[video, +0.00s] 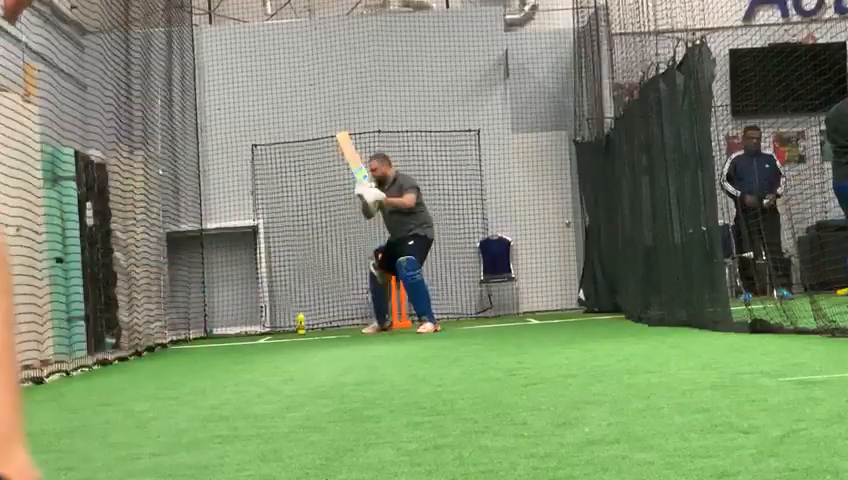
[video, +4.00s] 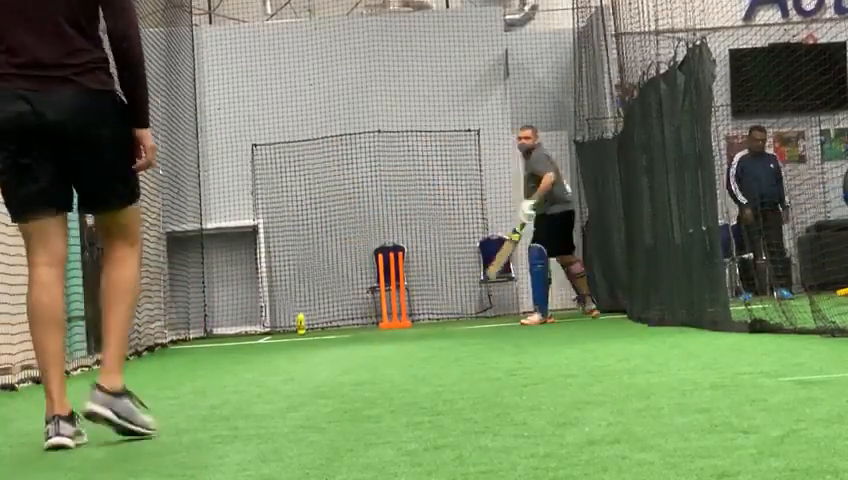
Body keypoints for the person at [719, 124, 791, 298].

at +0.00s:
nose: (755, 142)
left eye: (757, 139)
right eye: (751, 139)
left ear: (761, 140)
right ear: (743, 140)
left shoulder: (770, 159)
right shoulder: (734, 159)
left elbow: (782, 180)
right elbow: (724, 182)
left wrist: (775, 194)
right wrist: (742, 197)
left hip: (768, 210)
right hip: (745, 211)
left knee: (774, 247)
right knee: (746, 251)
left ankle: (781, 286)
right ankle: (748, 289)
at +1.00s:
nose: (754, 142)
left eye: (757, 139)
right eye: (750, 139)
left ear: (760, 140)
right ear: (742, 140)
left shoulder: (769, 158)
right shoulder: (733, 159)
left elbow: (780, 181)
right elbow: (721, 182)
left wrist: (774, 200)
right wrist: (739, 195)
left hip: (767, 209)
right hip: (744, 210)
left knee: (773, 247)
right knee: (746, 250)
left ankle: (778, 285)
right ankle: (749, 289)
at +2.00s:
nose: (755, 142)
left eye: (758, 139)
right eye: (751, 138)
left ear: (762, 141)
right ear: (744, 140)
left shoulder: (769, 159)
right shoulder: (735, 159)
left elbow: (777, 185)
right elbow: (721, 181)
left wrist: (781, 207)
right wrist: (735, 178)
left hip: (768, 211)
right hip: (744, 212)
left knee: (774, 248)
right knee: (746, 252)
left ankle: (779, 286)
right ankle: (748, 289)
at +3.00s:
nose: (755, 144)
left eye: (758, 141)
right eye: (752, 140)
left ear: (761, 142)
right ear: (744, 140)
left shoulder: (768, 159)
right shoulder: (733, 161)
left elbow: (782, 177)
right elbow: (712, 169)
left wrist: (778, 191)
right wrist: (726, 156)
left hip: (767, 209)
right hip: (743, 211)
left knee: (773, 247)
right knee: (744, 251)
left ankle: (779, 286)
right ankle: (749, 289)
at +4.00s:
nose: (760, 143)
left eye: (763, 140)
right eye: (757, 140)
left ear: (766, 141)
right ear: (748, 141)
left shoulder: (772, 158)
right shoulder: (739, 159)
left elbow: (779, 183)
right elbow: (732, 184)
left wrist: (783, 204)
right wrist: (743, 204)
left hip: (771, 209)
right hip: (750, 210)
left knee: (776, 248)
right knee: (749, 250)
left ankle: (782, 286)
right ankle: (749, 289)